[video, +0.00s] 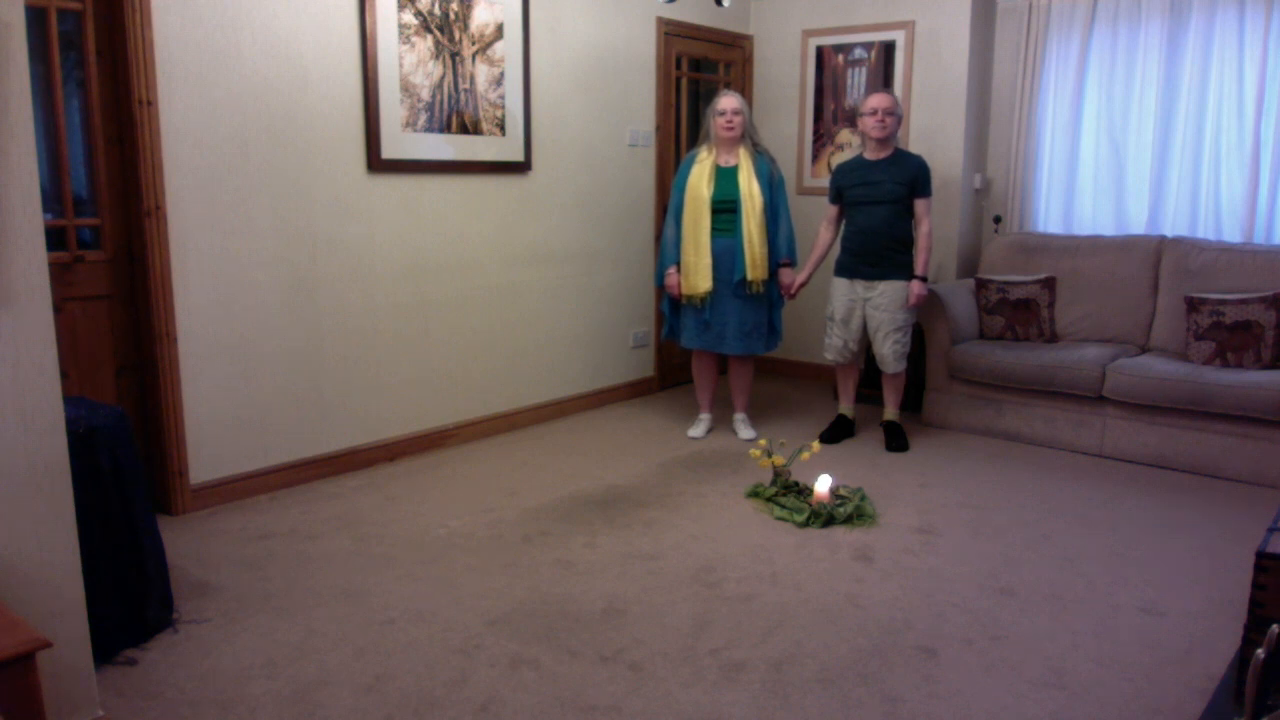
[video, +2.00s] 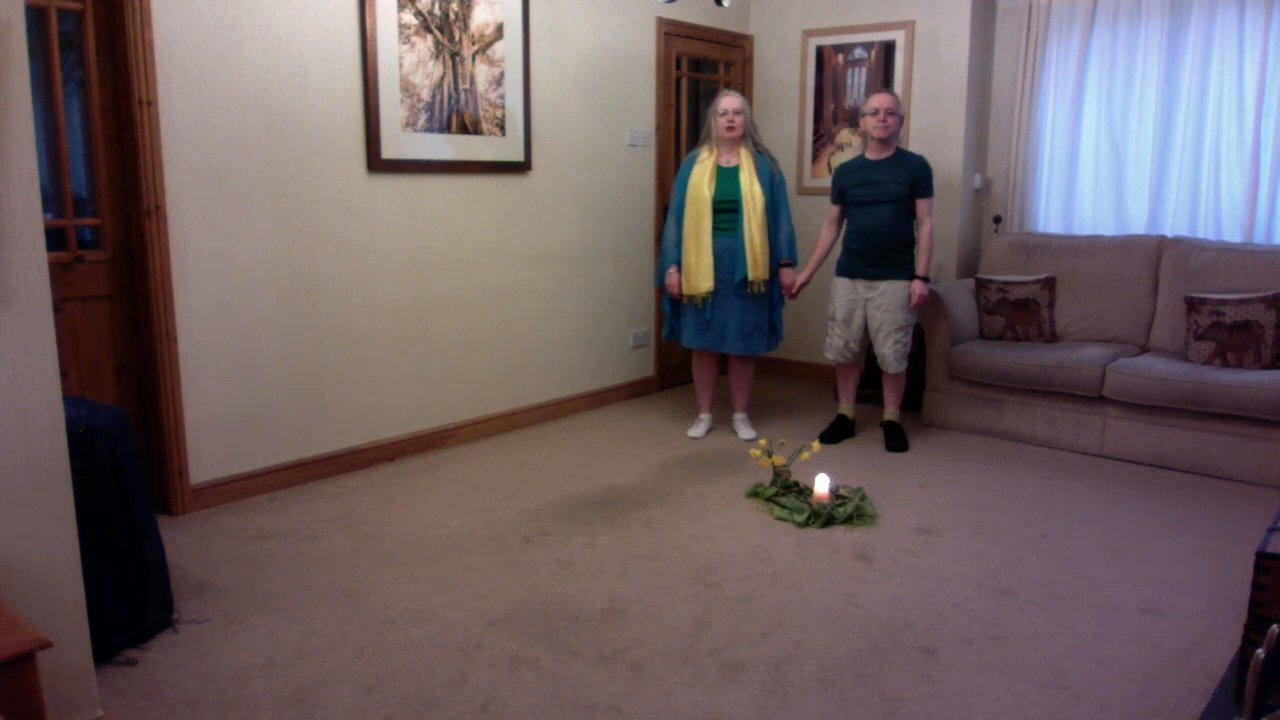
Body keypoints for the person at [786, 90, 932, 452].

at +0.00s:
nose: (881, 119)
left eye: (888, 113)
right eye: (873, 114)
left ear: (899, 121)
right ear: (859, 122)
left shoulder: (914, 167)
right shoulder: (843, 172)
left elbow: (923, 225)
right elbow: (829, 227)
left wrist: (920, 276)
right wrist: (805, 274)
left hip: (894, 279)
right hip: (849, 277)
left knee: (892, 355)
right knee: (844, 349)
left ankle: (892, 420)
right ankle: (845, 415)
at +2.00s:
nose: (882, 119)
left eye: (889, 113)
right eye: (874, 114)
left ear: (901, 121)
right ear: (861, 122)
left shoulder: (915, 166)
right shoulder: (845, 172)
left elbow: (924, 224)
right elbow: (831, 226)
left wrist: (921, 276)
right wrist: (806, 273)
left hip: (895, 278)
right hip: (850, 276)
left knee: (893, 355)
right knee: (845, 349)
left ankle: (892, 419)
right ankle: (845, 415)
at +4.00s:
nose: (886, 119)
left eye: (894, 113)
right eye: (879, 113)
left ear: (905, 120)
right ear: (866, 121)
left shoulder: (920, 167)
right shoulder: (850, 172)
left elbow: (929, 225)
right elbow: (835, 226)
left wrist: (926, 277)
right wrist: (811, 272)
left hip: (899, 279)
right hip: (854, 276)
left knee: (895, 355)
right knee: (847, 349)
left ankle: (892, 419)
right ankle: (844, 416)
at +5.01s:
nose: (834, 125)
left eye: (843, 120)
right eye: (827, 119)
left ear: (855, 127)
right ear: (816, 127)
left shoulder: (869, 171)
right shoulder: (806, 176)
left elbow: (884, 228)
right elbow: (786, 229)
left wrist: (885, 281)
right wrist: (759, 275)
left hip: (848, 280)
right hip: (807, 278)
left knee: (850, 354)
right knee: (806, 351)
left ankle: (871, 415)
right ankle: (817, 417)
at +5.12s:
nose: (824, 124)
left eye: (832, 118)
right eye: (817, 118)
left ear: (845, 125)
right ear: (807, 124)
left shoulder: (860, 170)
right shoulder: (796, 173)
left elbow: (873, 225)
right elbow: (777, 228)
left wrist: (873, 279)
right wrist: (750, 273)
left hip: (840, 277)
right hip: (800, 276)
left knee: (832, 347)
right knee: (803, 350)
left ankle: (842, 414)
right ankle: (815, 416)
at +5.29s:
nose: (808, 122)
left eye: (817, 116)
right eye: (801, 116)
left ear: (831, 123)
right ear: (791, 122)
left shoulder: (845, 168)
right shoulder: (781, 174)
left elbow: (858, 224)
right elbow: (764, 228)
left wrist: (859, 277)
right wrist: (740, 274)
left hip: (828, 273)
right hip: (791, 273)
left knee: (804, 348)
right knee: (799, 349)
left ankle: (786, 425)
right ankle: (817, 417)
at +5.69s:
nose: (782, 122)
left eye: (790, 116)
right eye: (775, 116)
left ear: (802, 124)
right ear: (764, 123)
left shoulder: (817, 172)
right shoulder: (749, 175)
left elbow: (827, 231)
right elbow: (731, 230)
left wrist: (825, 286)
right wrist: (715, 275)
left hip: (792, 285)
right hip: (750, 284)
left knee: (778, 361)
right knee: (751, 360)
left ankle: (763, 428)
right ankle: (789, 398)